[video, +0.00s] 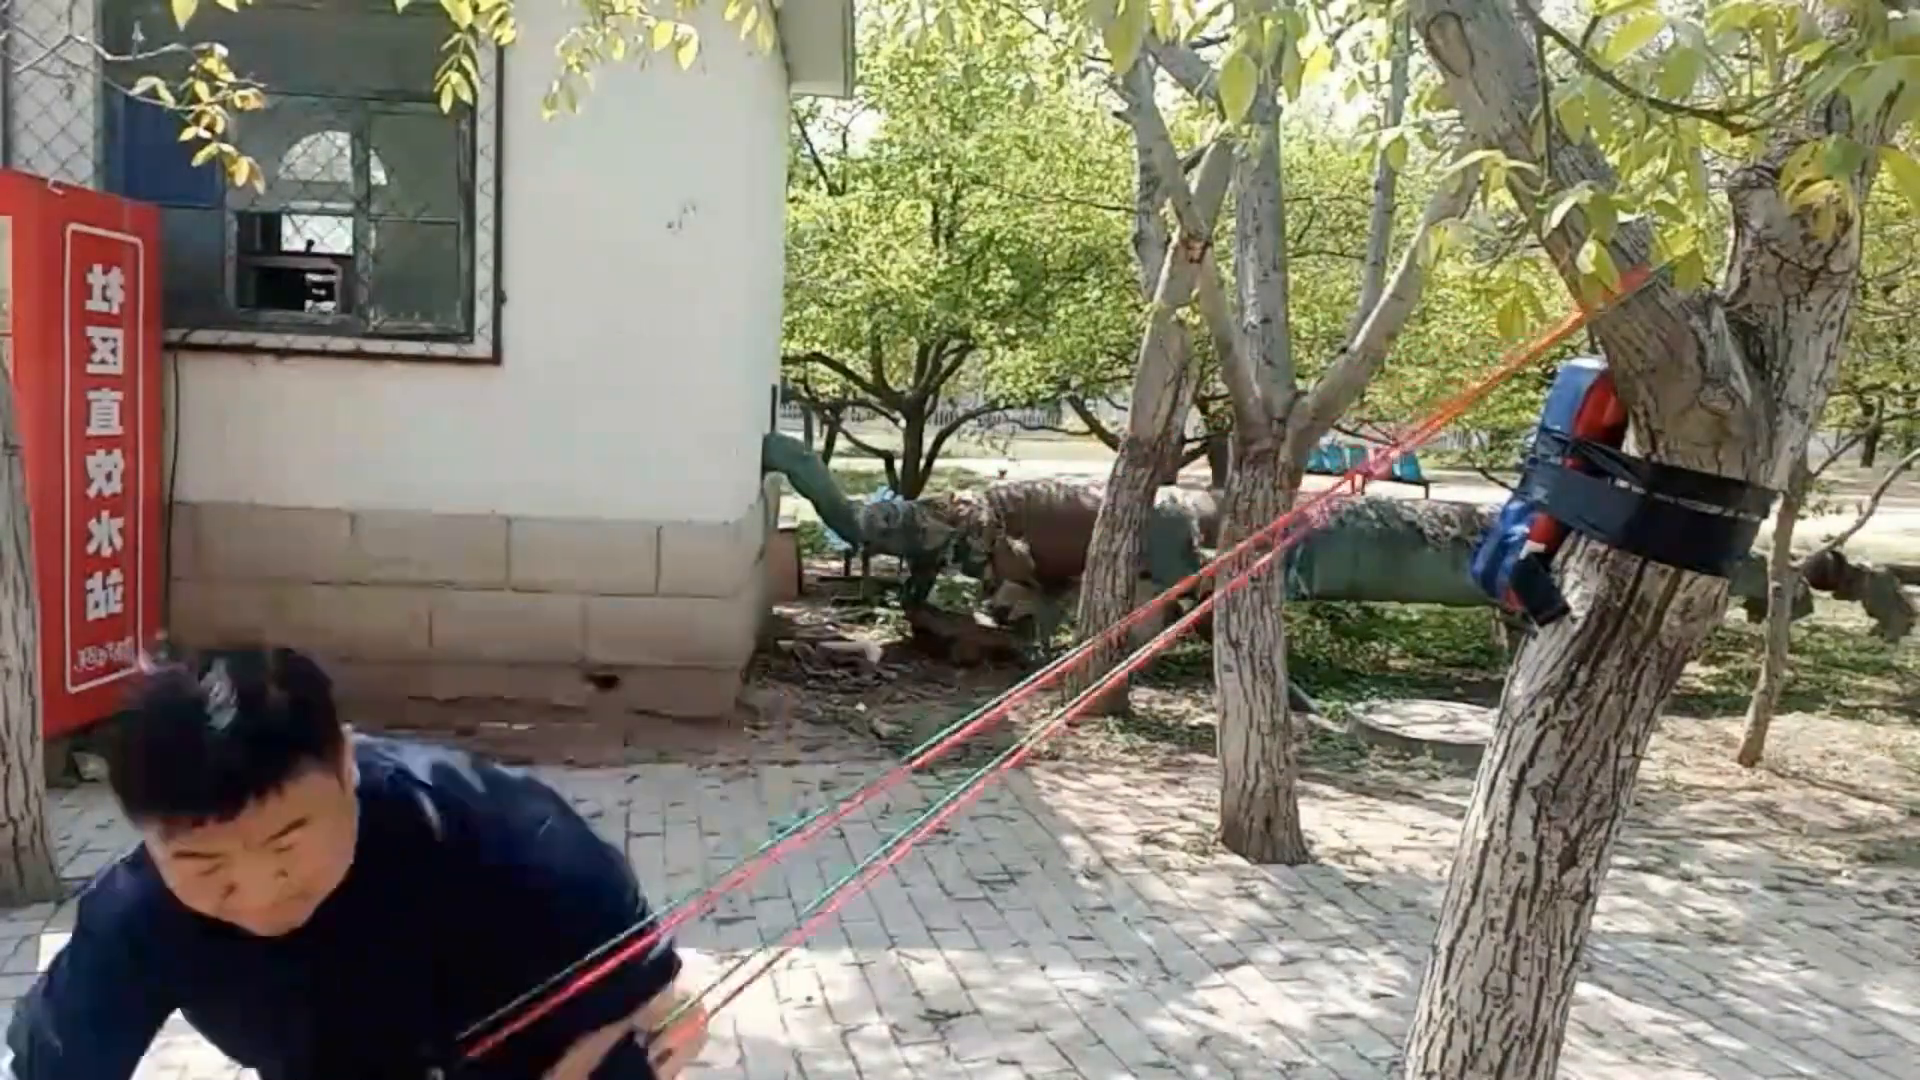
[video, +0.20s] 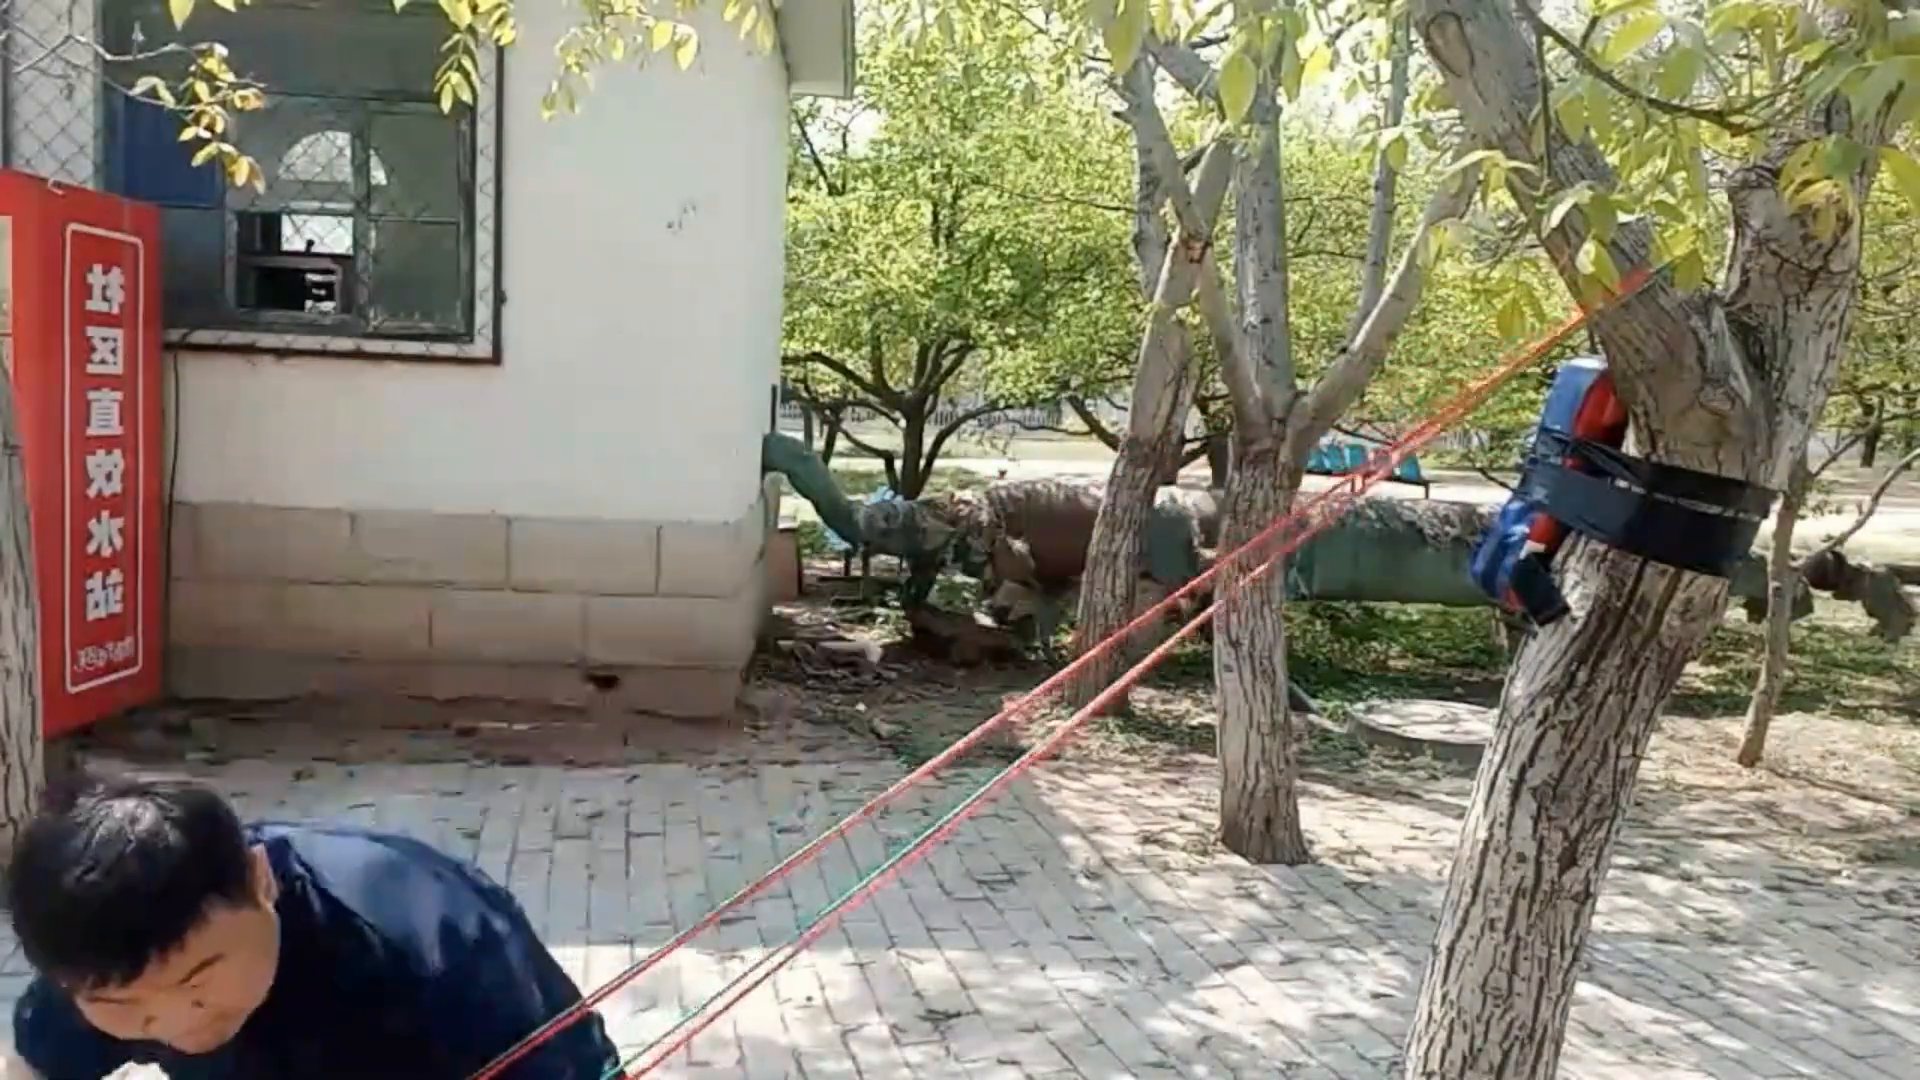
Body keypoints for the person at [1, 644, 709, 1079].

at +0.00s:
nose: (260, 893)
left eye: (289, 840)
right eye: (207, 871)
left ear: (346, 764)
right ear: (148, 838)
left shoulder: (504, 836)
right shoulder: (134, 922)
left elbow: (643, 1007)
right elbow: (46, 1060)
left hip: (540, 1037)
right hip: (339, 1052)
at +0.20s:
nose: (183, 1028)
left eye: (205, 975)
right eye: (125, 1008)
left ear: (260, 877)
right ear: (68, 985)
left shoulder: (436, 948)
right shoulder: (81, 984)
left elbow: (563, 1067)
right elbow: (33, 1065)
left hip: (474, 1055)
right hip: (268, 1057)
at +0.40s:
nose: (283, 863)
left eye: (307, 811)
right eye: (226, 844)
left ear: (332, 761)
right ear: (140, 831)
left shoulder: (461, 833)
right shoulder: (107, 916)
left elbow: (616, 1012)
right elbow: (20, 1049)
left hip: (485, 1039)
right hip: (286, 1052)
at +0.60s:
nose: (351, 533)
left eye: (359, 492)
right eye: (302, 509)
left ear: (373, 483)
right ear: (186, 543)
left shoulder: (450, 622)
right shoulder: (91, 737)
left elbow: (635, 738)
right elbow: (8, 956)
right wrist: (102, 963)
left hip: (515, 1029)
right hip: (271, 1060)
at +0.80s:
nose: (462, 363)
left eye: (452, 334)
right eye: (427, 336)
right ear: (309, 375)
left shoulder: (500, 508)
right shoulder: (215, 566)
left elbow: (634, 616)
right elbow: (228, 787)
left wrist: (723, 619)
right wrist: (474, 670)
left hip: (527, 1005)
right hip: (312, 1043)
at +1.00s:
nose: (583, 350)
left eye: (573, 325)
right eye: (555, 328)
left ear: (465, 358)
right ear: (457, 356)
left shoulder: (537, 501)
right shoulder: (392, 537)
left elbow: (699, 601)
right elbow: (648, 661)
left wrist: (877, 654)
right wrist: (873, 687)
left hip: (533, 969)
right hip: (398, 1012)